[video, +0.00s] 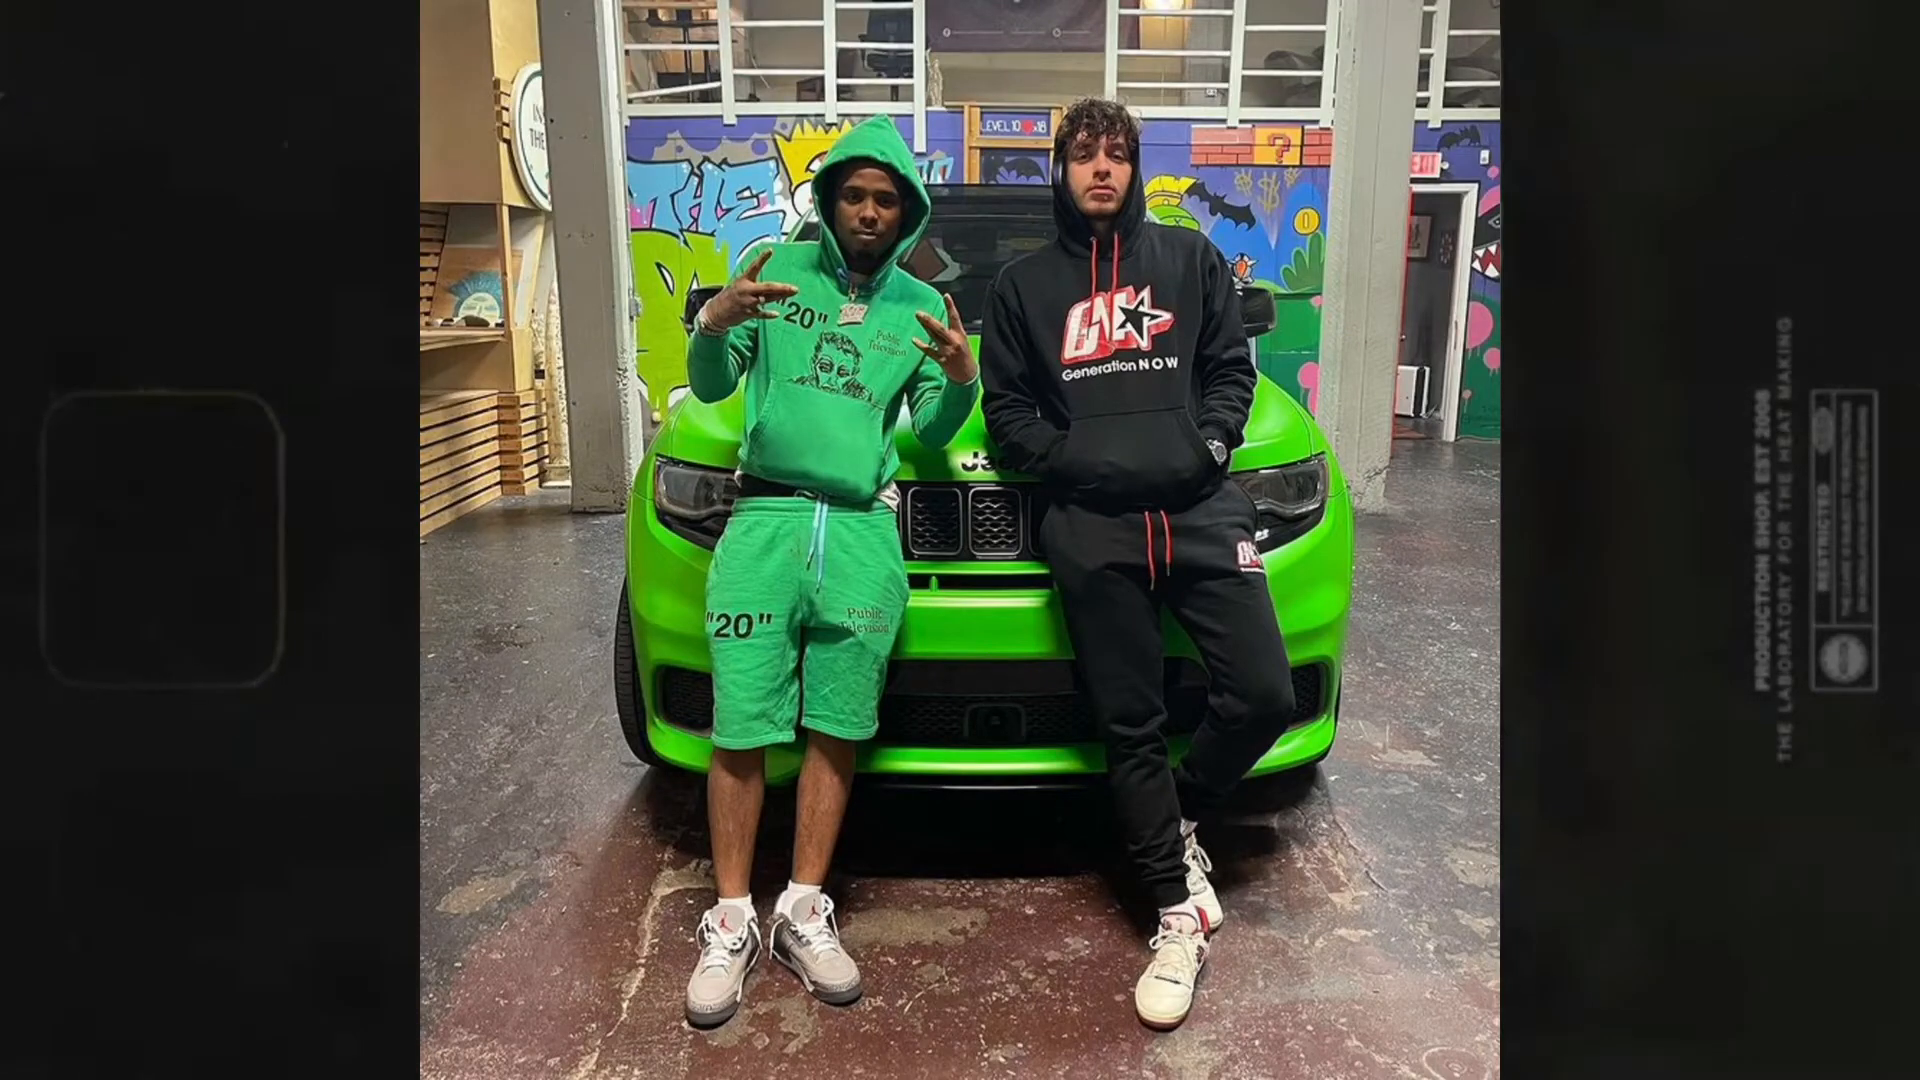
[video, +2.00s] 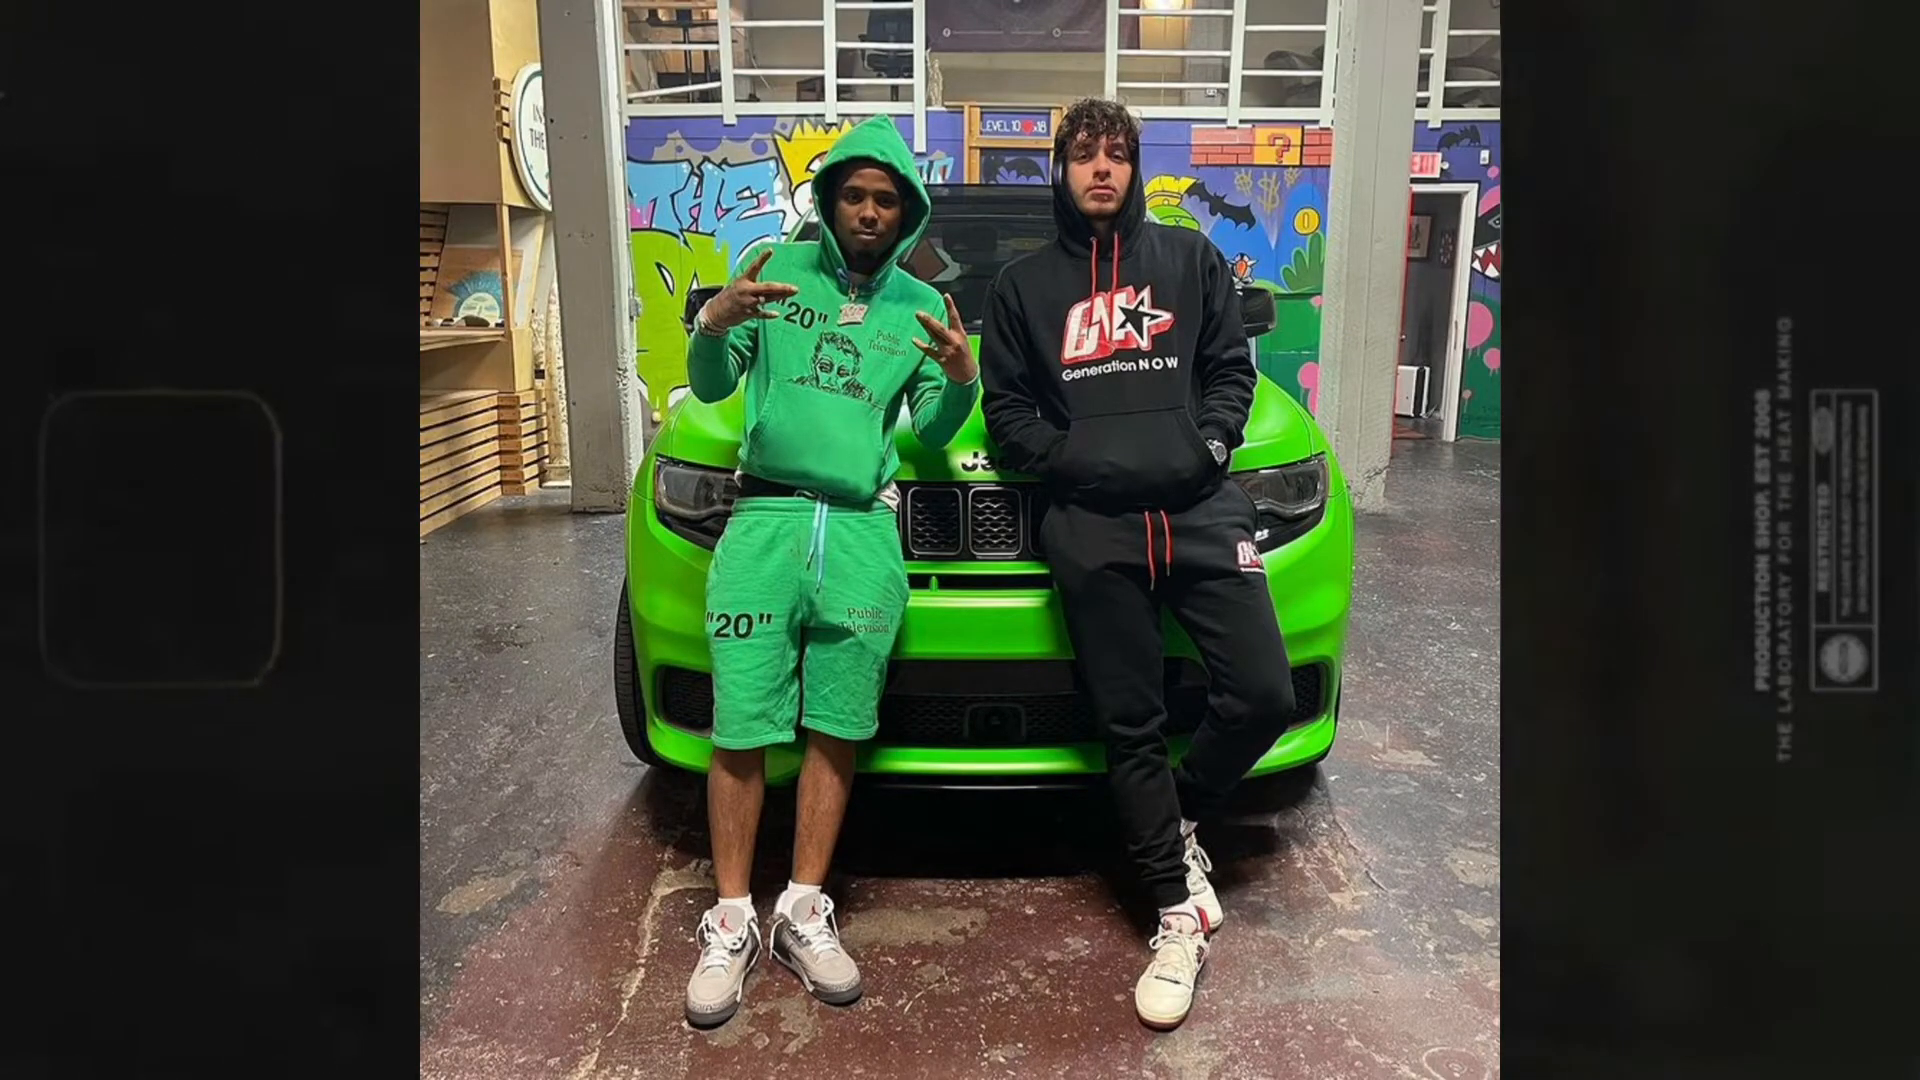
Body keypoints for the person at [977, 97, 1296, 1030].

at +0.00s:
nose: (1101, 171)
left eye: (1115, 159)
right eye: (1086, 159)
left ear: (1137, 170)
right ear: (1061, 172)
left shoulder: (1193, 257)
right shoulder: (1019, 281)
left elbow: (1232, 367)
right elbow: (1005, 405)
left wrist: (1208, 445)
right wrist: (1064, 456)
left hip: (1200, 503)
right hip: (1091, 514)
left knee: (1262, 692)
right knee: (1131, 720)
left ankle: (1180, 818)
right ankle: (1178, 917)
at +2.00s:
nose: (1101, 171)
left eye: (1115, 159)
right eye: (1086, 159)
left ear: (1137, 170)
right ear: (1061, 172)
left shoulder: (1193, 257)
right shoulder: (1019, 281)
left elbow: (1232, 367)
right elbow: (1005, 405)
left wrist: (1208, 445)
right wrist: (1065, 456)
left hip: (1200, 502)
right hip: (1091, 513)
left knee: (1262, 692)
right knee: (1131, 719)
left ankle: (1180, 820)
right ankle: (1179, 917)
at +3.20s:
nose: (1102, 171)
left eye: (1115, 158)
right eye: (1087, 158)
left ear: (1137, 171)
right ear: (1061, 172)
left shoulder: (1191, 256)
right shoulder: (1017, 280)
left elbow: (1232, 363)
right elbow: (1003, 403)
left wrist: (1209, 444)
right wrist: (1065, 457)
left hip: (1200, 503)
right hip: (1091, 514)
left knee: (1262, 692)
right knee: (1131, 719)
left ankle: (1180, 818)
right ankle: (1179, 917)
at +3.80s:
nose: (1102, 171)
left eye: (1116, 158)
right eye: (1088, 158)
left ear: (1137, 171)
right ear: (1062, 171)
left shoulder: (1191, 256)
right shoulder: (1018, 280)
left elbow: (1232, 364)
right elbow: (1004, 403)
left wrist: (1209, 444)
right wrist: (1065, 458)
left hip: (1200, 503)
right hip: (1091, 514)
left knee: (1262, 693)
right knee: (1131, 718)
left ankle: (1179, 819)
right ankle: (1180, 916)